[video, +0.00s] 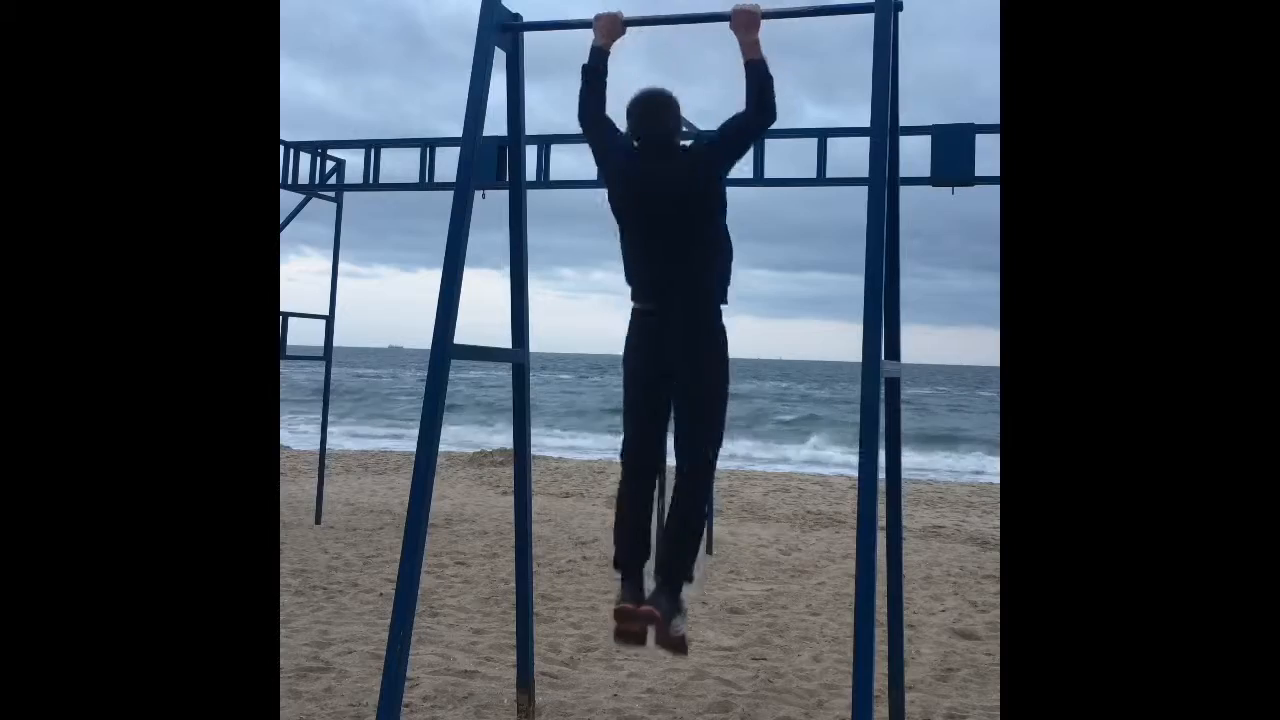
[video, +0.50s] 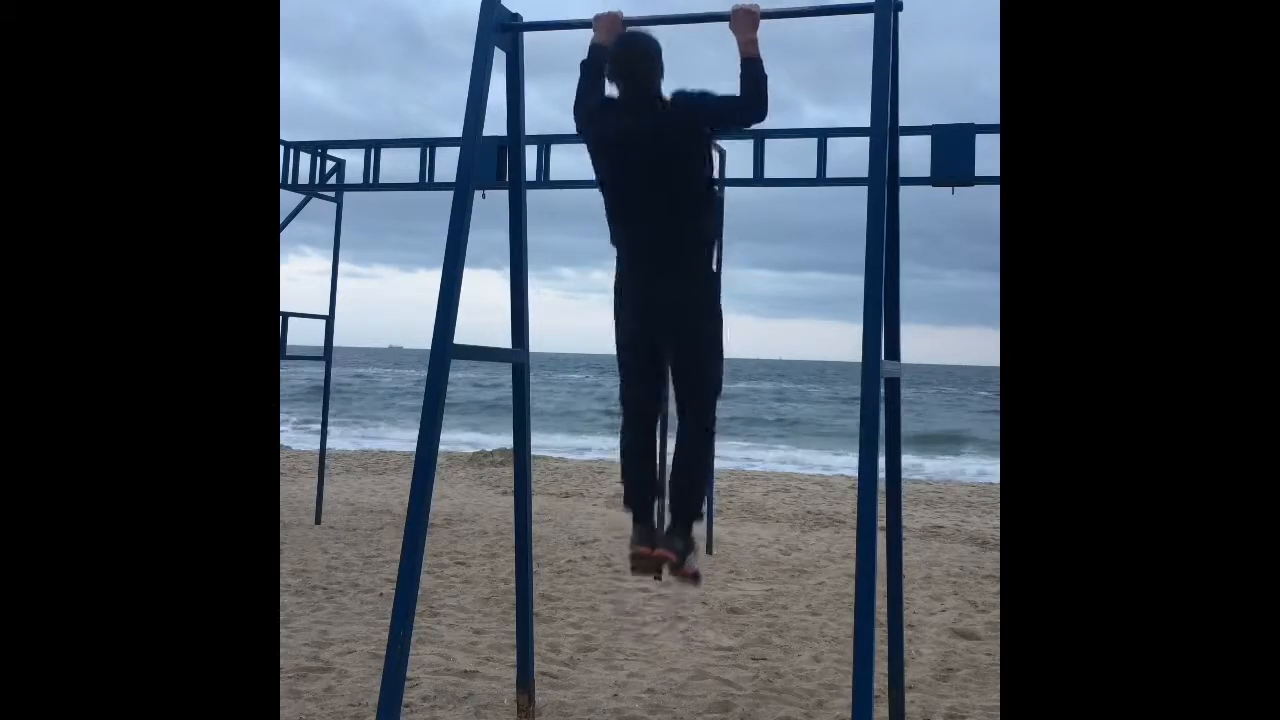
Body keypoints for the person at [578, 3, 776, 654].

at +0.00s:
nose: (683, 122)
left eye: (674, 117)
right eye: (680, 116)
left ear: (631, 130)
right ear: (678, 124)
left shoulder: (620, 167)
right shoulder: (707, 161)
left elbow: (592, 114)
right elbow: (760, 111)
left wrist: (600, 46)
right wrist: (751, 43)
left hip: (646, 330)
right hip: (701, 332)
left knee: (639, 460)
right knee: (695, 469)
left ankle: (631, 592)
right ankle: (666, 600)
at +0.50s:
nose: (640, 75)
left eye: (622, 67)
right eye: (651, 66)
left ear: (613, 75)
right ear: (659, 73)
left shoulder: (600, 125)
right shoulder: (692, 114)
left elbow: (589, 91)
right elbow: (754, 106)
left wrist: (599, 43)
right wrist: (749, 43)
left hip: (634, 288)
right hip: (692, 287)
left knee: (639, 410)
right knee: (696, 413)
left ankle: (642, 531)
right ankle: (678, 538)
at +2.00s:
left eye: (618, 4)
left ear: (618, 3)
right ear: (664, 1)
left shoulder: (599, 41)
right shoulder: (693, 34)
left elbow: (564, 99)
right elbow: (762, 88)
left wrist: (594, 33)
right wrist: (750, 36)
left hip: (634, 206)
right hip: (693, 203)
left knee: (651, 324)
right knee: (710, 321)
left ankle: (668, 445)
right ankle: (706, 448)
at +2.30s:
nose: (657, 45)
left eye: (638, 34)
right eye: (661, 35)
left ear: (622, 46)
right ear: (668, 44)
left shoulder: (603, 94)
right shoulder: (697, 86)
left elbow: (571, 104)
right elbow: (770, 101)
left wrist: (597, 43)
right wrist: (754, 41)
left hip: (639, 261)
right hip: (698, 259)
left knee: (650, 381)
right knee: (707, 381)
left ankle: (662, 503)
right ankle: (700, 504)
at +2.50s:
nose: (677, 114)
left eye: (663, 108)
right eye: (677, 108)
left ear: (627, 119)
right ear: (676, 114)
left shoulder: (614, 157)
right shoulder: (704, 149)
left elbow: (589, 109)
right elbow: (762, 109)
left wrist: (599, 46)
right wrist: (751, 45)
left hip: (645, 324)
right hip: (702, 324)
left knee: (643, 454)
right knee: (699, 460)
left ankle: (639, 578)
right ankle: (678, 587)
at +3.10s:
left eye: (610, 37)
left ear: (609, 47)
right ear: (656, 42)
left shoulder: (596, 102)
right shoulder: (687, 82)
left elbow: (581, 94)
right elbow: (752, 104)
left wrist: (597, 42)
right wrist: (748, 42)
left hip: (635, 259)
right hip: (694, 255)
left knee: (647, 372)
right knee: (706, 376)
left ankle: (655, 489)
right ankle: (694, 496)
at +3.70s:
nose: (657, 100)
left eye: (636, 93)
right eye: (664, 91)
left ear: (625, 102)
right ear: (674, 98)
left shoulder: (613, 144)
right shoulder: (706, 138)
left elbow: (587, 109)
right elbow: (765, 107)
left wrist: (599, 45)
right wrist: (752, 43)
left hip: (647, 310)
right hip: (703, 310)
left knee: (647, 439)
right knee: (703, 442)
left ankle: (649, 565)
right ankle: (685, 568)